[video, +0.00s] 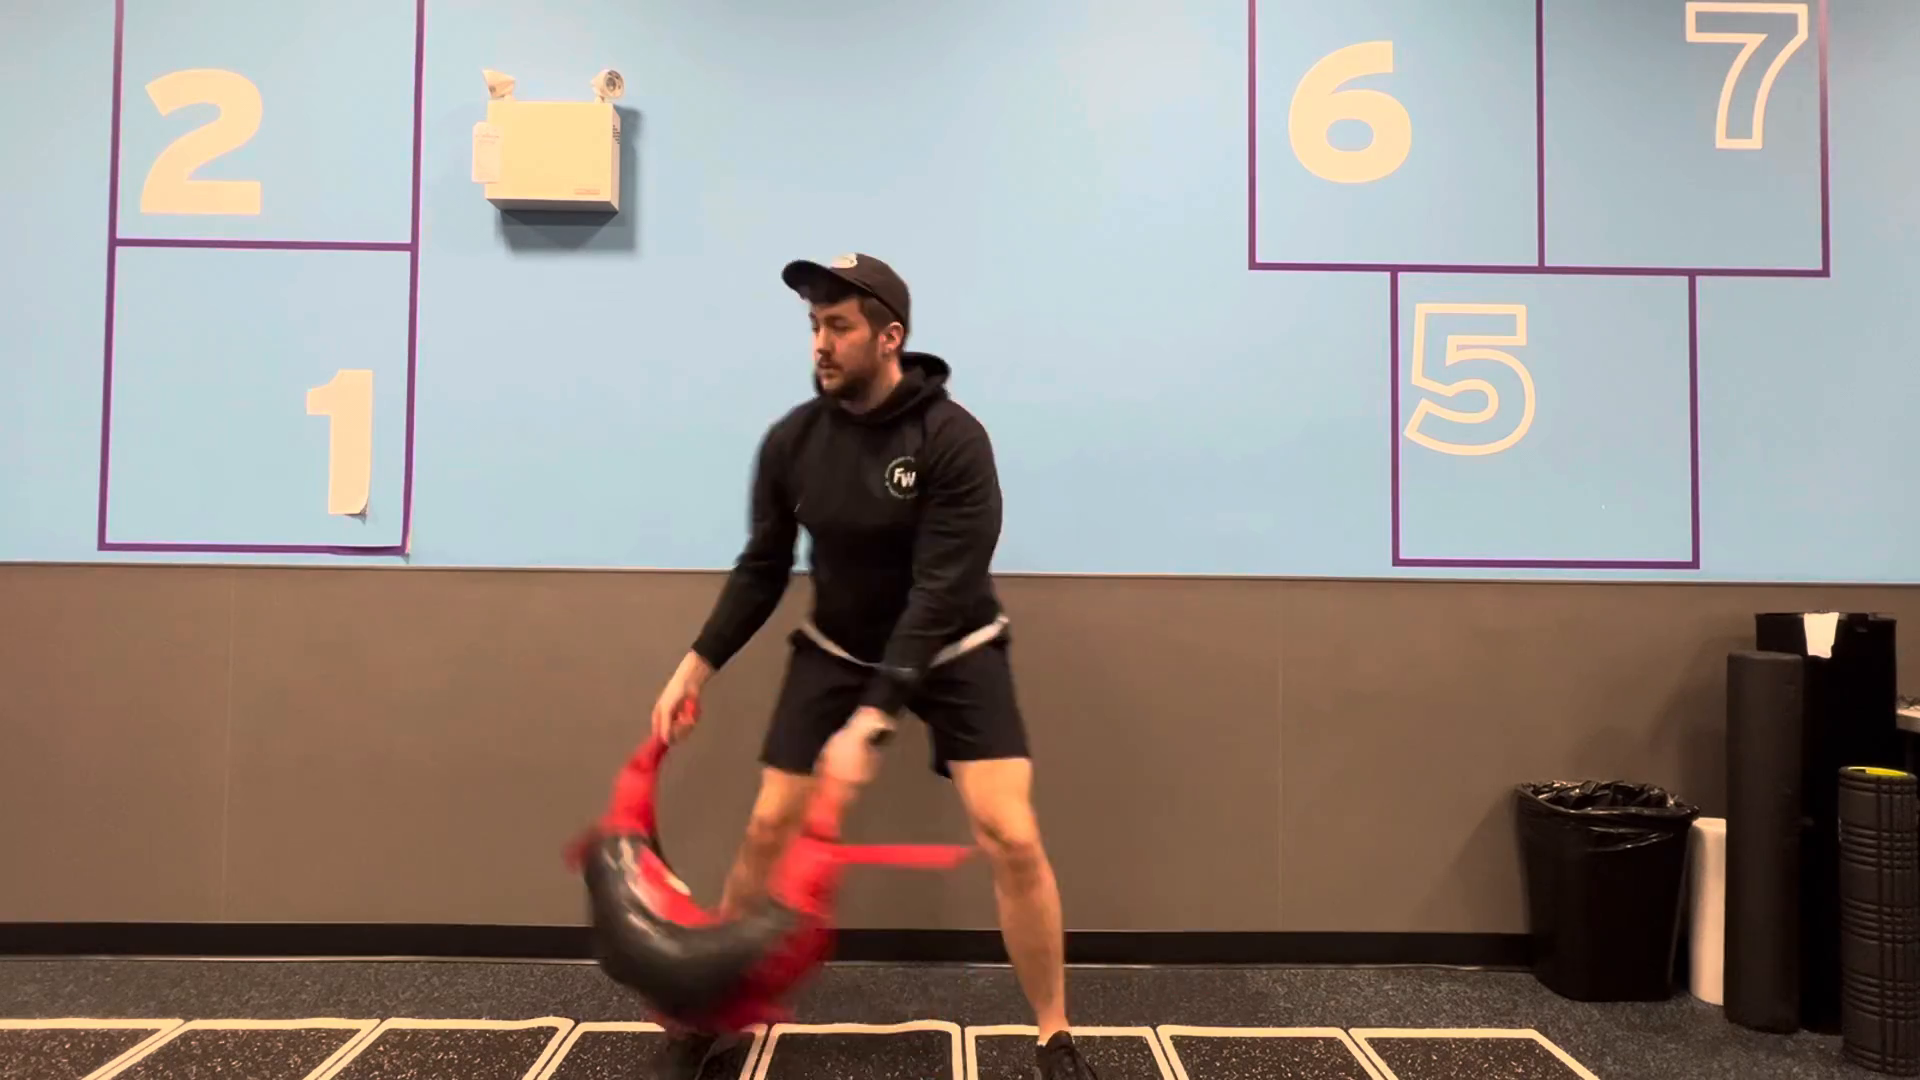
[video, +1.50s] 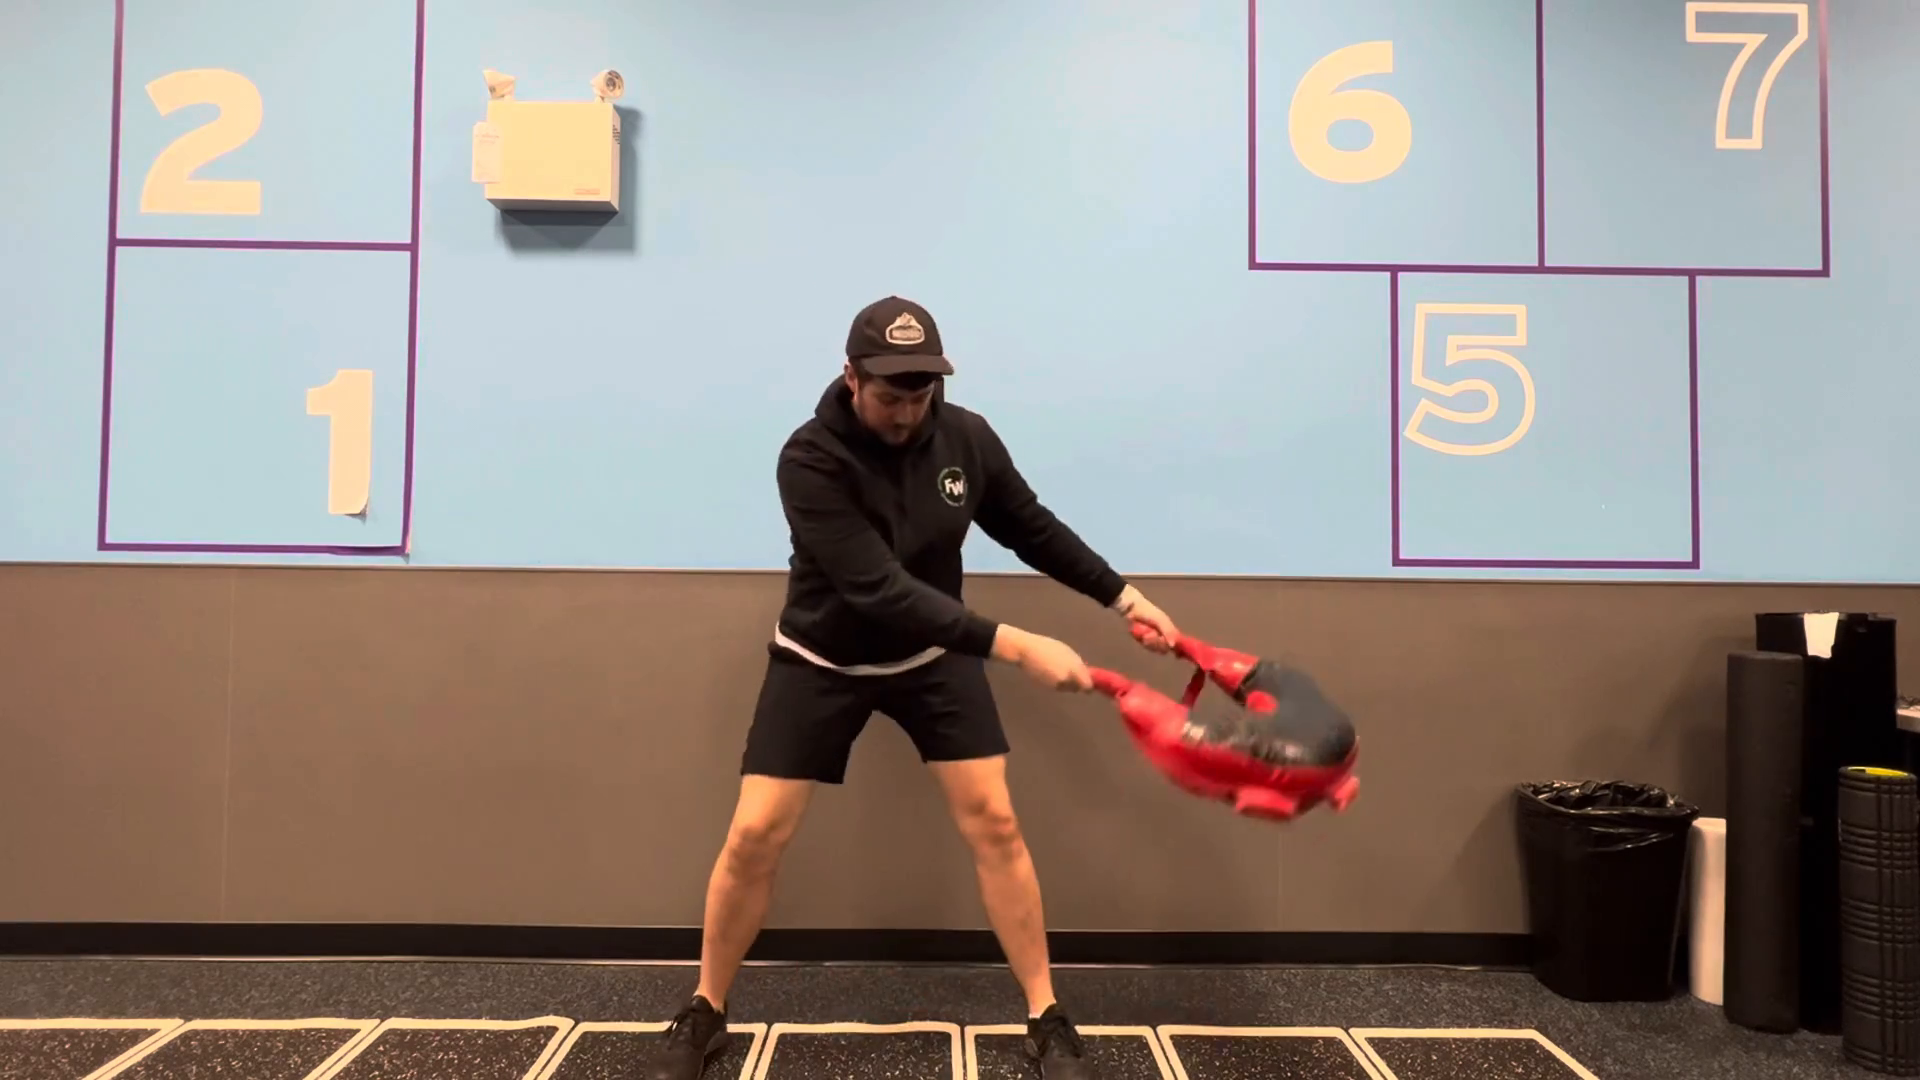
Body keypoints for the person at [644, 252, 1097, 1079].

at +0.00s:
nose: (819, 343)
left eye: (838, 327)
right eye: (815, 326)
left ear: (890, 336)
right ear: (812, 332)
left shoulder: (952, 442)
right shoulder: (790, 443)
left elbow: (939, 596)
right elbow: (761, 567)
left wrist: (867, 721)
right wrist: (695, 666)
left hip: (953, 647)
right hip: (839, 647)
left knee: (1012, 837)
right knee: (767, 824)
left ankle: (1055, 1037)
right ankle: (715, 1015)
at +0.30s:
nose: (858, 439)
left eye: (872, 423)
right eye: (862, 422)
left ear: (920, 432)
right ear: (915, 432)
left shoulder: (967, 533)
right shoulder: (891, 517)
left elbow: (833, 622)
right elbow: (833, 618)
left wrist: (662, 643)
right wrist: (689, 652)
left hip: (1061, 717)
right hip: (948, 713)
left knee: (1102, 908)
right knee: (845, 860)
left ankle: (1060, 1049)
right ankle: (714, 1012)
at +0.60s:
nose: (883, 415)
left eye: (898, 398)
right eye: (884, 399)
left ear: (953, 406)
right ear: (938, 407)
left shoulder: (997, 509)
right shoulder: (893, 500)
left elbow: (882, 624)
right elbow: (852, 600)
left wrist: (735, 658)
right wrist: (738, 650)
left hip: (1052, 706)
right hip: (936, 704)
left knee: (1088, 893)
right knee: (838, 859)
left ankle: (1059, 1048)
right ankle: (715, 1013)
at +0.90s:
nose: (888, 354)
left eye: (903, 337)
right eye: (873, 338)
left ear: (930, 336)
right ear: (849, 339)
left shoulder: (977, 434)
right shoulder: (809, 431)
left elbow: (997, 569)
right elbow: (772, 563)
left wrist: (1000, 698)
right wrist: (767, 694)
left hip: (954, 655)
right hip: (836, 654)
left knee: (1006, 817)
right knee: (782, 823)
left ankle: (1061, 1028)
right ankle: (717, 1004)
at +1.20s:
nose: (885, 394)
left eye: (897, 376)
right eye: (867, 378)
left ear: (912, 364)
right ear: (825, 369)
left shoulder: (935, 432)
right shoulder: (784, 455)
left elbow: (1000, 518)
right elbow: (843, 583)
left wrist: (1096, 593)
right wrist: (978, 641)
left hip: (912, 659)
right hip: (800, 667)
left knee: (973, 821)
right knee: (754, 841)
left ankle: (1046, 1012)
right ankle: (712, 1013)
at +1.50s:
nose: (907, 406)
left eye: (921, 389)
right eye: (889, 390)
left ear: (939, 377)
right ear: (852, 376)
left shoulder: (964, 438)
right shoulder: (811, 460)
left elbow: (1029, 527)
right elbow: (877, 592)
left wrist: (1126, 599)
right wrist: (1020, 644)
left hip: (935, 658)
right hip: (820, 664)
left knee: (994, 822)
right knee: (752, 835)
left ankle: (1047, 1018)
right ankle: (706, 1011)